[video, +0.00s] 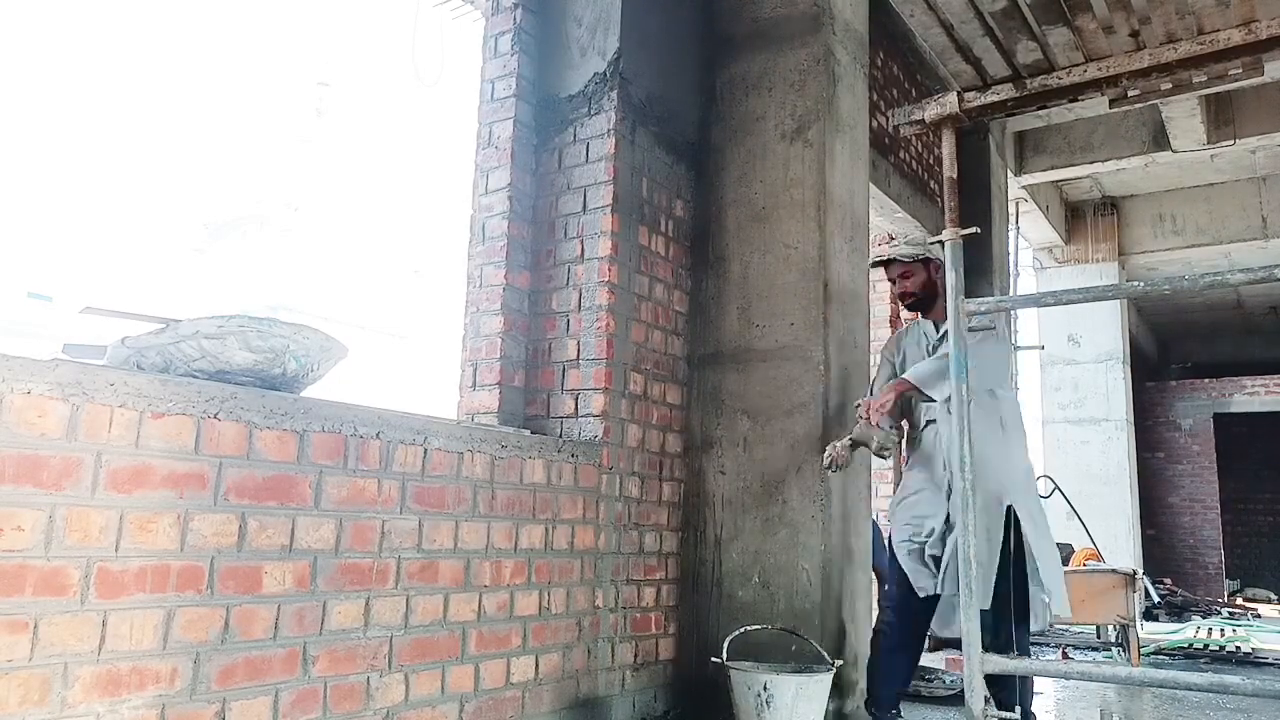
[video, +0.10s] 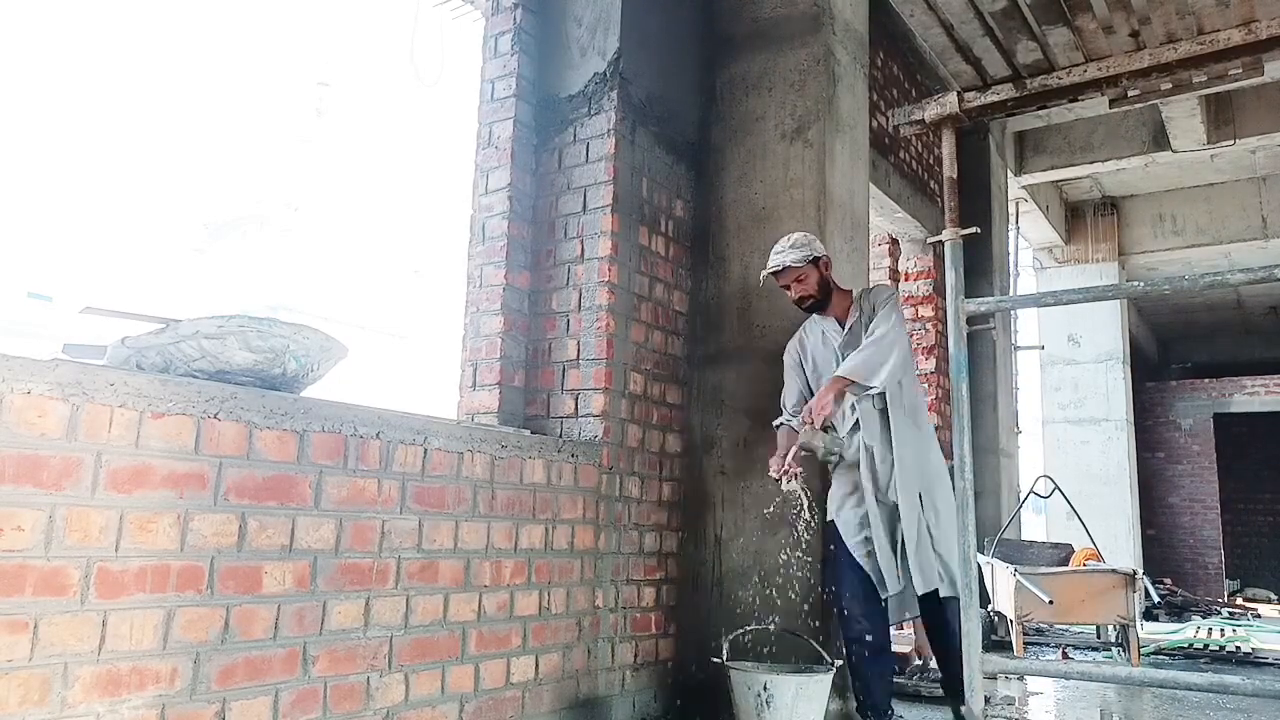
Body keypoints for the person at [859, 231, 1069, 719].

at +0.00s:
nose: (899, 290)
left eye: (908, 277)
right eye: (893, 281)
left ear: (937, 271)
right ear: (891, 285)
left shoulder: (986, 319)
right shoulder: (900, 345)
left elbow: (961, 359)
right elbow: (885, 424)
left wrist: (901, 386)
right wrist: (878, 421)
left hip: (993, 487)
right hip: (926, 487)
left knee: (1003, 606)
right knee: (901, 604)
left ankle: (1009, 709)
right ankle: (881, 708)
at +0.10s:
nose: (793, 289)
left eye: (797, 276)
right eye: (784, 283)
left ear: (824, 267)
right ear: (785, 288)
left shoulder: (880, 300)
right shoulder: (800, 346)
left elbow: (887, 341)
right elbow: (794, 411)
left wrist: (835, 386)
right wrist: (785, 452)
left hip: (913, 470)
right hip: (851, 484)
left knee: (939, 591)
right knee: (857, 605)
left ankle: (965, 702)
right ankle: (876, 712)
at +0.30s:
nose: (902, 204)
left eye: (900, 193)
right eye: (899, 193)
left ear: (838, 200)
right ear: (886, 198)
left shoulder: (814, 247)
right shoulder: (933, 272)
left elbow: (783, 325)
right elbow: (953, 379)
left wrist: (737, 412)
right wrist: (949, 451)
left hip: (852, 468)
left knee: (857, 630)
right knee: (942, 632)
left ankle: (885, 715)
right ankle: (942, 713)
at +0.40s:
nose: (834, 150)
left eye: (833, 137)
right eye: (832, 137)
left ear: (761, 143)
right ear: (815, 139)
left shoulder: (705, 210)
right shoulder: (849, 218)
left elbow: (681, 335)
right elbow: (884, 349)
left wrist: (717, 409)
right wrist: (830, 379)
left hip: (731, 439)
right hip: (832, 443)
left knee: (734, 618)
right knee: (877, 621)